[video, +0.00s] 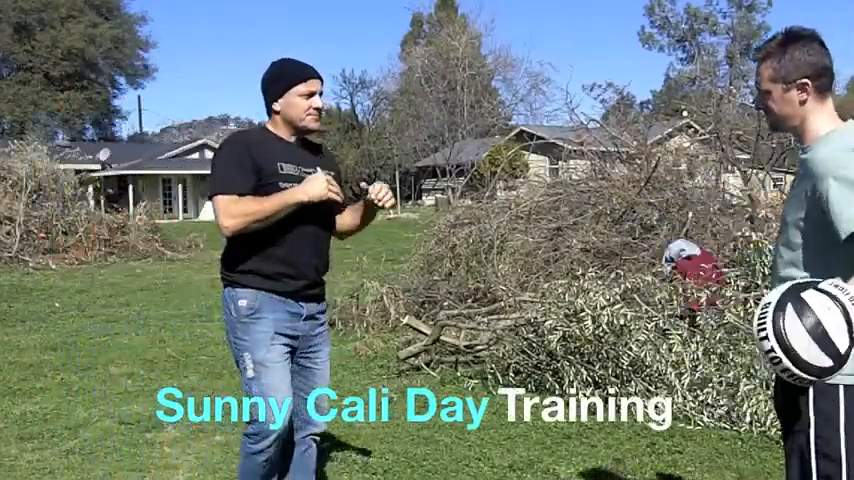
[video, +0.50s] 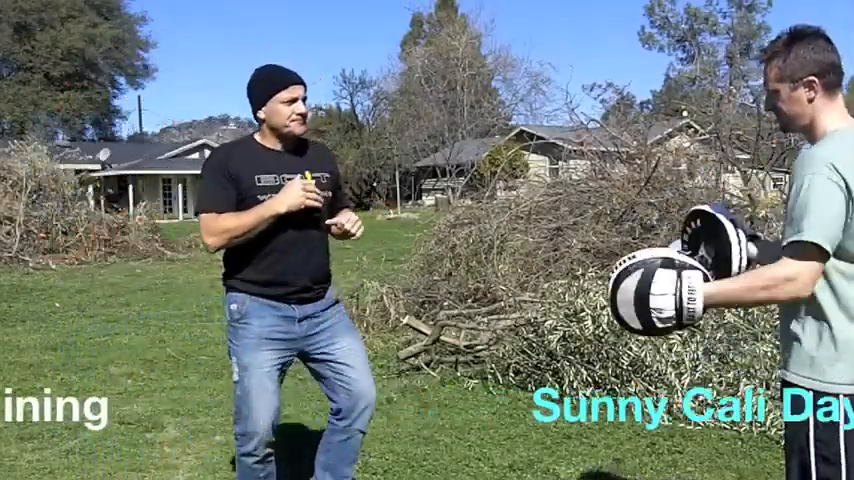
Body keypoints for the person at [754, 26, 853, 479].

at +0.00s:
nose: (758, 104)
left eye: (764, 92)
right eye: (759, 93)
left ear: (801, 90)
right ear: (803, 91)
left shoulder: (831, 163)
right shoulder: (821, 156)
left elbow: (851, 261)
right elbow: (827, 262)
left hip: (828, 378)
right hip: (815, 372)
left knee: (825, 472)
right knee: (815, 470)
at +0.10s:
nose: (758, 105)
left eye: (764, 92)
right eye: (759, 93)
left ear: (802, 90)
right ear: (804, 90)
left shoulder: (829, 160)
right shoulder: (825, 154)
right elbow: (826, 260)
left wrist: (793, 311)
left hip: (827, 377)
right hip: (819, 372)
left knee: (823, 472)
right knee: (817, 470)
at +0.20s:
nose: (760, 106)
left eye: (765, 93)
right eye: (760, 94)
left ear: (803, 90)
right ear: (805, 90)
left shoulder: (828, 160)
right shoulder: (833, 149)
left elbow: (853, 256)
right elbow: (830, 250)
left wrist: (778, 308)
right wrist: (786, 230)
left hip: (825, 376)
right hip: (822, 372)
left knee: (822, 472)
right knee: (819, 469)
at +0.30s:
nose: (763, 108)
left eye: (768, 95)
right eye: (763, 96)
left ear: (806, 90)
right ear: (808, 90)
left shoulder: (829, 159)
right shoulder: (835, 149)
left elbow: (836, 270)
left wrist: (740, 306)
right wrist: (778, 244)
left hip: (824, 376)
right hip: (825, 373)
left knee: (821, 471)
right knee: (818, 469)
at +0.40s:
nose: (765, 106)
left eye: (771, 94)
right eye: (764, 95)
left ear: (808, 91)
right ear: (811, 91)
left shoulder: (828, 161)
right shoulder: (834, 152)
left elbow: (820, 274)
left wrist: (720, 303)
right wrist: (773, 243)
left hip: (826, 376)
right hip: (829, 372)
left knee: (820, 471)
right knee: (818, 468)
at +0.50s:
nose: (767, 106)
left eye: (772, 93)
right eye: (767, 94)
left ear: (809, 88)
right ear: (813, 89)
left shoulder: (823, 160)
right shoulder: (843, 148)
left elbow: (799, 278)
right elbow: (827, 257)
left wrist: (696, 294)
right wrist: (753, 251)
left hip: (825, 377)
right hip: (839, 372)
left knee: (819, 470)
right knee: (826, 468)